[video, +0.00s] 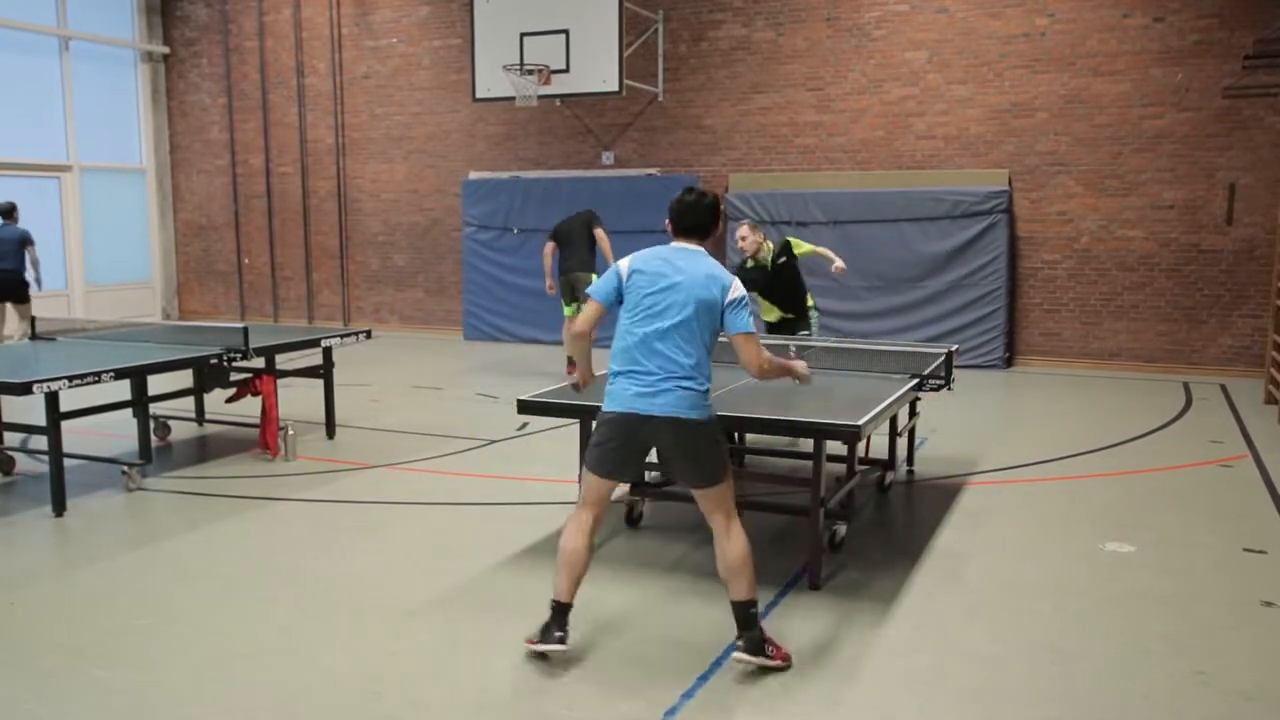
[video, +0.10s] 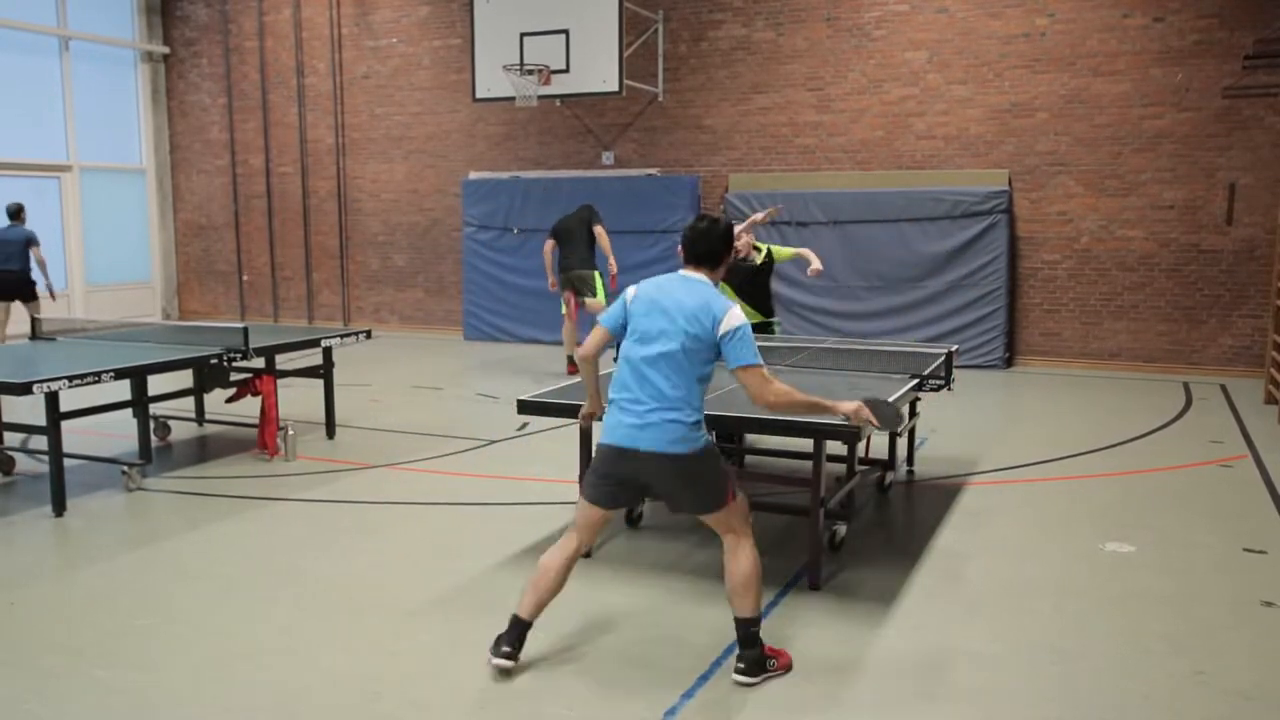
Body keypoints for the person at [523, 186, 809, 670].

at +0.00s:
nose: (725, 233)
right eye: (724, 227)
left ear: (670, 227)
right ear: (717, 230)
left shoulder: (631, 264)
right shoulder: (724, 282)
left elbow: (578, 329)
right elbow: (757, 365)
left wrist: (584, 373)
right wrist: (787, 367)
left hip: (623, 410)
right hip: (687, 416)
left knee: (587, 512)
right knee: (725, 520)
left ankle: (557, 624)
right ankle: (750, 636)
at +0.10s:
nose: (729, 263)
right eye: (731, 256)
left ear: (681, 253)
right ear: (725, 261)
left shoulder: (638, 292)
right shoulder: (724, 310)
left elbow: (586, 353)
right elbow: (767, 395)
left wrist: (593, 399)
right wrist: (838, 407)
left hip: (617, 446)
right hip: (680, 451)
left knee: (575, 538)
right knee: (736, 533)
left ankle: (510, 640)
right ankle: (750, 652)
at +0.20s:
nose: (749, 303)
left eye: (745, 293)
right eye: (749, 295)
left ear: (697, 290)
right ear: (742, 300)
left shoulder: (652, 329)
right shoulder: (726, 354)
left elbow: (596, 383)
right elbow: (781, 434)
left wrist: (591, 441)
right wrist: (857, 425)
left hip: (613, 477)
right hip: (675, 481)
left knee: (575, 559)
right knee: (747, 532)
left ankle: (508, 649)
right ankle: (752, 655)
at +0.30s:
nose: (766, 332)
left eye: (762, 324)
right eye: (765, 326)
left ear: (711, 323)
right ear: (753, 332)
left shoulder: (667, 350)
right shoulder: (745, 391)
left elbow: (603, 401)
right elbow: (823, 428)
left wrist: (582, 461)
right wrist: (888, 399)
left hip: (608, 496)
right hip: (667, 507)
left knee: (582, 567)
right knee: (755, 529)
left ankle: (510, 648)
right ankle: (754, 655)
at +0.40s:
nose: (779, 334)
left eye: (773, 326)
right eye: (779, 328)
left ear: (728, 317)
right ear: (770, 330)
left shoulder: (677, 343)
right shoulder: (760, 384)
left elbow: (610, 388)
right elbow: (836, 428)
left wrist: (577, 445)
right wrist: (897, 400)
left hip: (622, 493)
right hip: (684, 503)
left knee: (580, 561)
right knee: (766, 531)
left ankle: (507, 648)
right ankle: (754, 654)